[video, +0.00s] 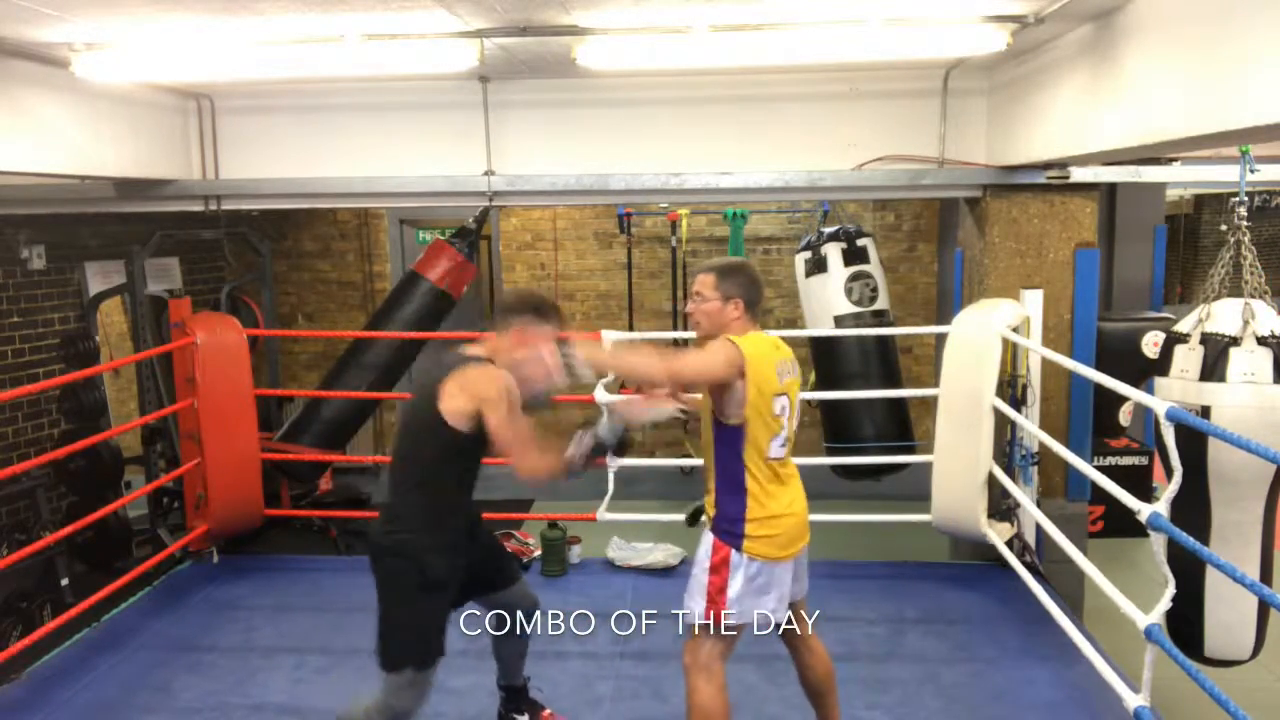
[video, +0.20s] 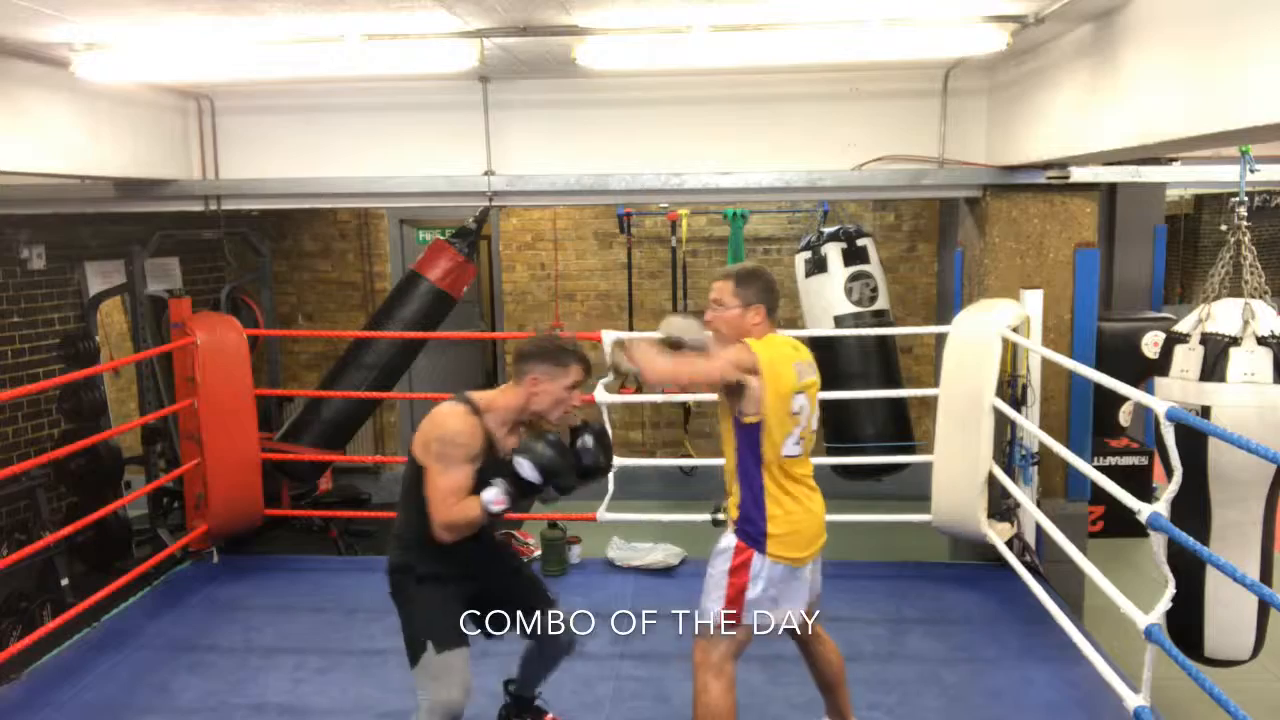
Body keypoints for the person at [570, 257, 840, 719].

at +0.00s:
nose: (689, 308)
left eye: (699, 298)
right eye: (690, 298)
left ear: (735, 306)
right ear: (738, 308)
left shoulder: (730, 353)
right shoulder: (778, 351)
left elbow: (662, 369)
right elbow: (746, 415)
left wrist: (589, 353)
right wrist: (680, 402)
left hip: (742, 532)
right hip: (788, 521)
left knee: (703, 659)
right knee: (797, 629)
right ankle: (830, 715)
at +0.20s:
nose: (707, 316)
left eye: (718, 306)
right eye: (709, 305)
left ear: (756, 316)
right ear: (759, 318)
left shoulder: (749, 356)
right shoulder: (797, 351)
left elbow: (662, 370)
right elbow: (749, 378)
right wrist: (704, 351)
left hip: (760, 534)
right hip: (804, 523)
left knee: (712, 658)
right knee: (806, 626)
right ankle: (842, 716)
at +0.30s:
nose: (719, 313)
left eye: (730, 303)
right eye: (719, 303)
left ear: (767, 309)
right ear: (764, 312)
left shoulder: (780, 359)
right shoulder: (786, 352)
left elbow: (764, 433)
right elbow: (747, 423)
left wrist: (692, 402)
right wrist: (697, 410)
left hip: (778, 528)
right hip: (806, 524)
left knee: (736, 655)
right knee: (813, 630)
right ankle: (843, 715)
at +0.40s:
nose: (728, 309)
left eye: (739, 299)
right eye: (728, 299)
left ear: (777, 306)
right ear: (767, 308)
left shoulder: (815, 360)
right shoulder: (753, 358)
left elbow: (820, 439)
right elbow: (745, 433)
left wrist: (757, 414)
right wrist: (695, 390)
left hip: (802, 524)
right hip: (776, 517)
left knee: (752, 644)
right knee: (816, 629)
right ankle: (843, 715)